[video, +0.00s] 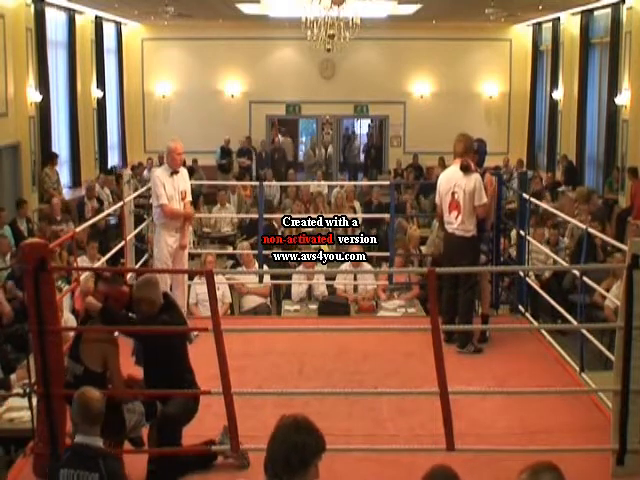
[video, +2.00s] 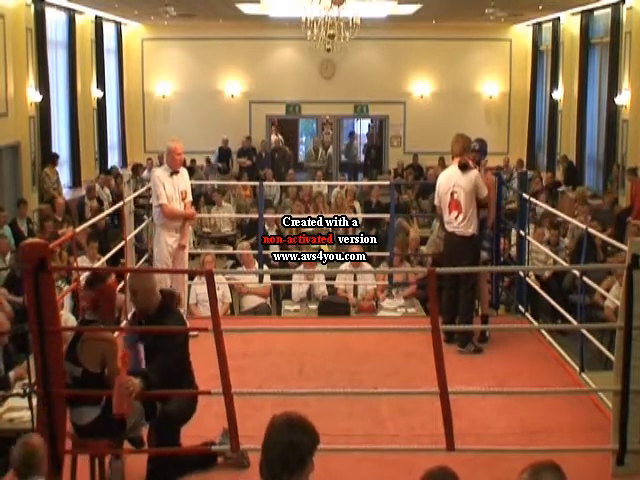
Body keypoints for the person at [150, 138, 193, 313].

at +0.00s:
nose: (180, 158)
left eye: (182, 154)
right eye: (177, 155)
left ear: (183, 156)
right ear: (167, 156)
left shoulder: (184, 173)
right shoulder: (158, 174)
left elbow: (187, 202)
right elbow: (165, 208)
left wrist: (185, 233)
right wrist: (185, 213)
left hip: (182, 226)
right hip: (165, 227)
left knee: (181, 270)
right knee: (163, 270)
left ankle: (180, 311)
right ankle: (162, 310)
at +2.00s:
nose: (179, 158)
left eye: (181, 155)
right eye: (175, 155)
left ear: (183, 156)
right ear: (166, 157)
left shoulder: (184, 173)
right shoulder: (158, 174)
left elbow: (188, 204)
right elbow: (165, 208)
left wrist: (184, 235)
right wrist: (186, 213)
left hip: (183, 226)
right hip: (166, 227)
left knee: (181, 269)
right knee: (163, 268)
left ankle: (181, 309)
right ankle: (163, 308)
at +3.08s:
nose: (183, 159)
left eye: (185, 155)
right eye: (180, 155)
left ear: (185, 156)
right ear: (171, 156)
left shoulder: (185, 174)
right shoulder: (158, 174)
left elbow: (191, 206)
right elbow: (155, 211)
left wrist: (189, 234)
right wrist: (171, 237)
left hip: (182, 227)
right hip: (165, 227)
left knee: (182, 269)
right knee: (165, 267)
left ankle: (182, 306)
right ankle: (163, 306)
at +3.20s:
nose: (184, 159)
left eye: (185, 155)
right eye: (181, 155)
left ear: (186, 156)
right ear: (171, 156)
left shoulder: (186, 174)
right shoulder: (159, 174)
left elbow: (191, 206)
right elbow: (153, 210)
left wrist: (193, 235)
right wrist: (162, 240)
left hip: (183, 227)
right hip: (165, 227)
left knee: (182, 269)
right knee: (166, 268)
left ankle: (182, 306)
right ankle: (164, 306)